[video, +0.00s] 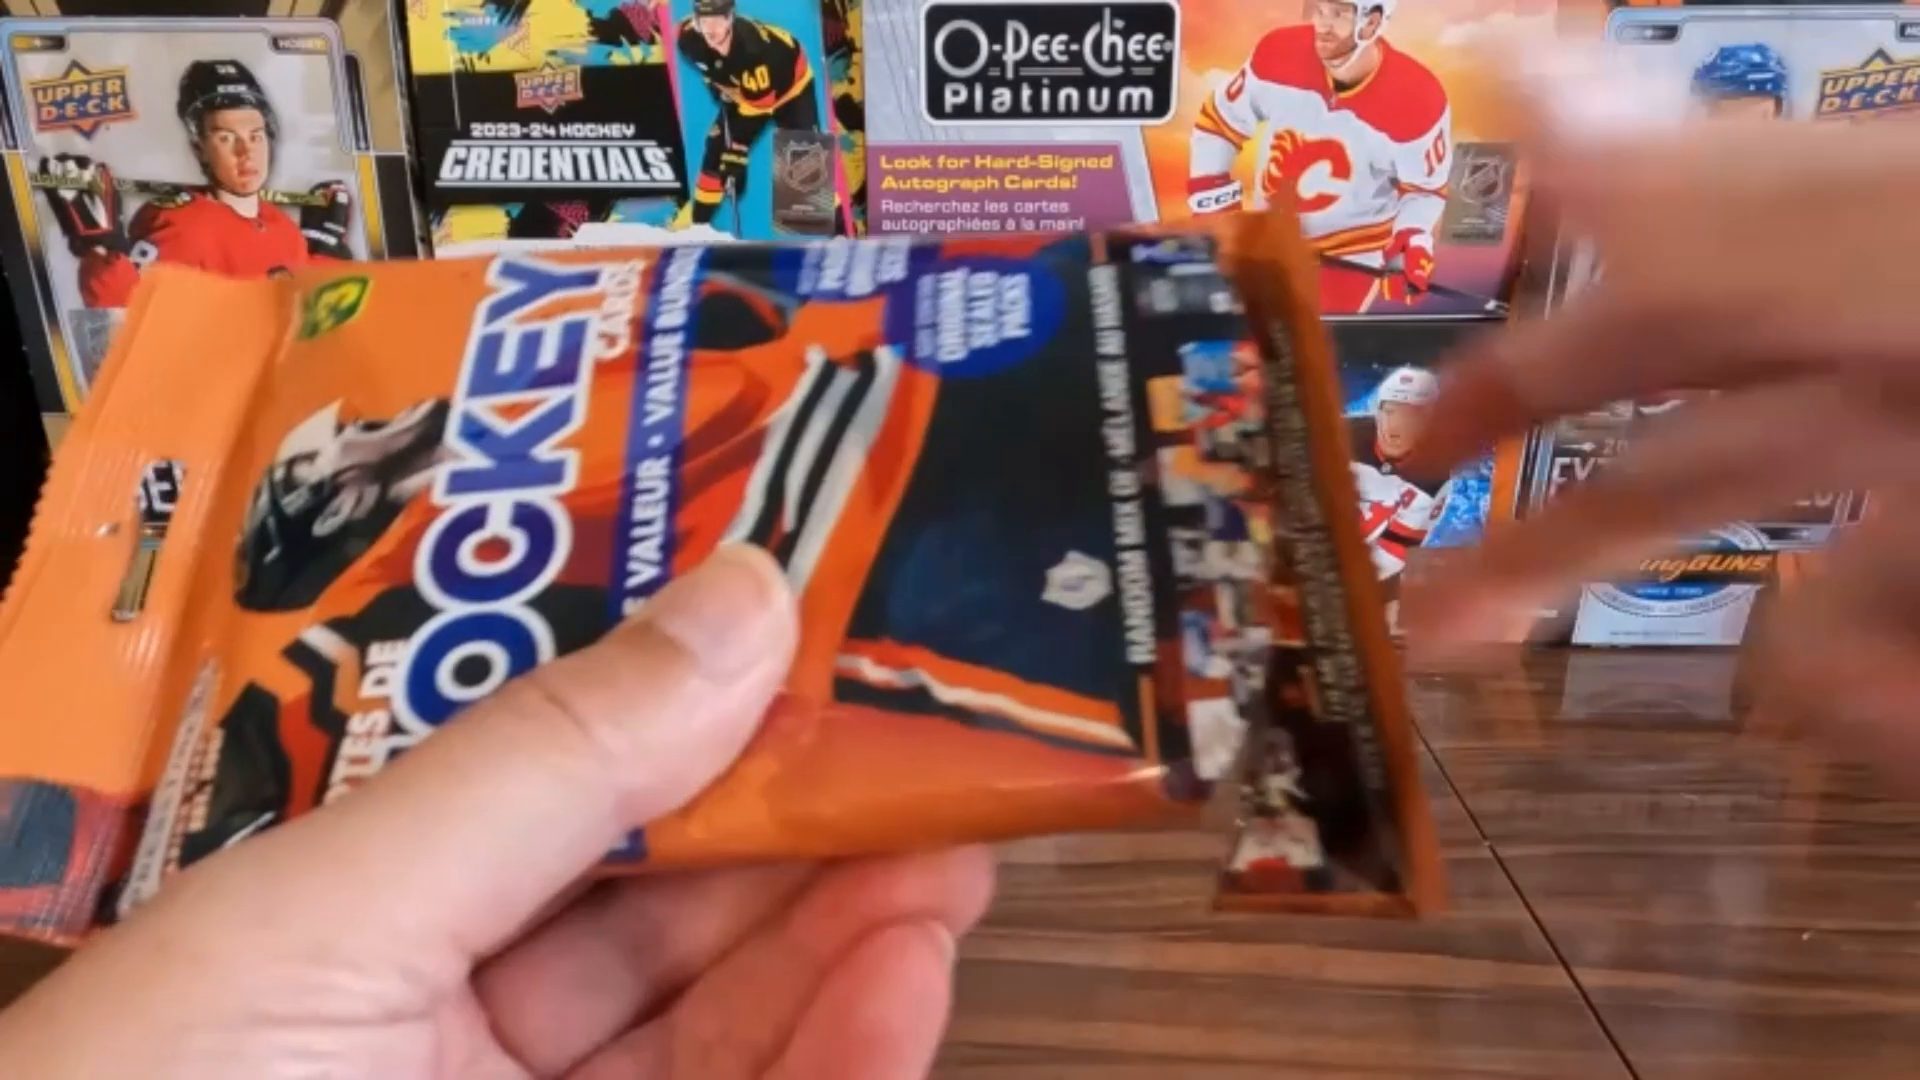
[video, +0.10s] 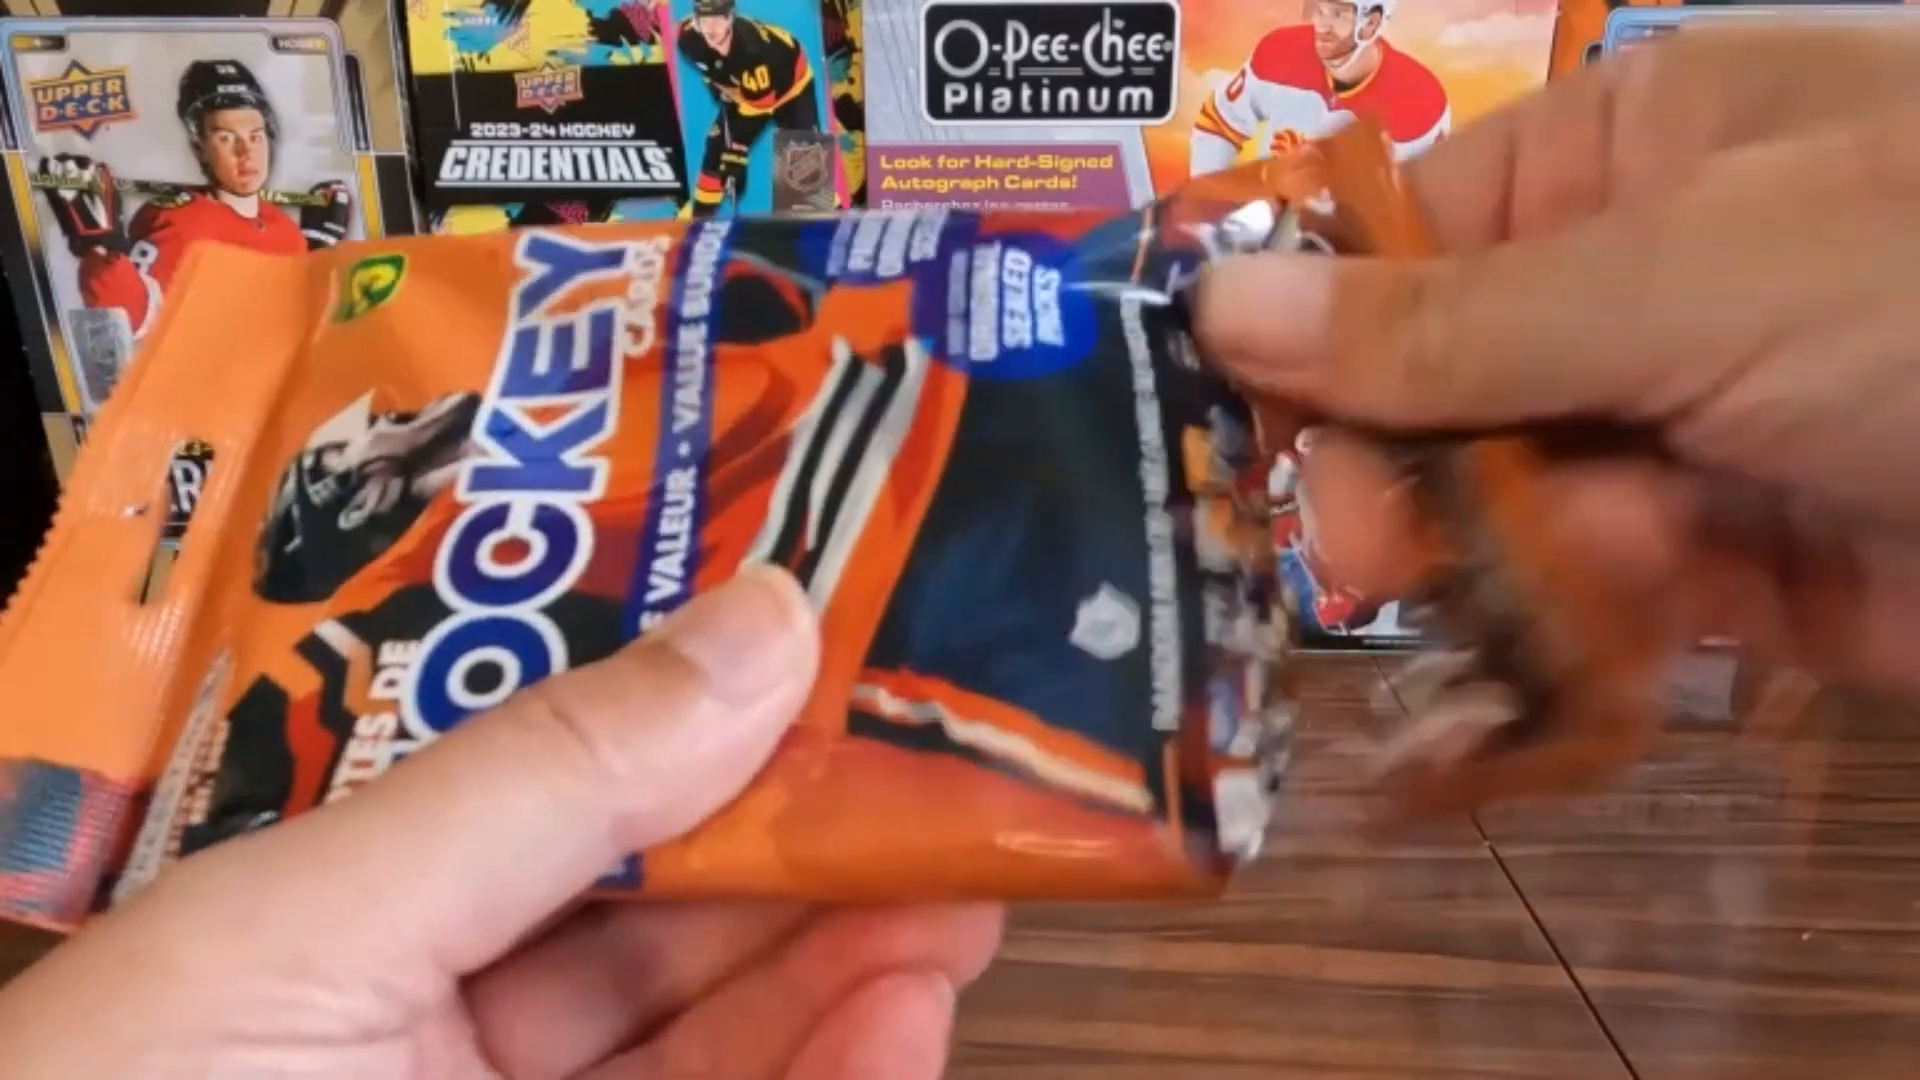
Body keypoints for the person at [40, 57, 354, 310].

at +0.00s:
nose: (247, 152)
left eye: (256, 135)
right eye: (227, 139)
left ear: (270, 140)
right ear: (200, 149)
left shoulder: (285, 229)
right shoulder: (179, 227)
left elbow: (315, 315)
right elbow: (117, 303)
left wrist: (328, 250)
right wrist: (101, 249)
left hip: (288, 384)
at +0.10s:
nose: (246, 150)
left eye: (256, 134)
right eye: (226, 137)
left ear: (270, 139)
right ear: (199, 149)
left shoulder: (285, 228)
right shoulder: (177, 222)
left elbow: (306, 324)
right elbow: (141, 322)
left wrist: (321, 251)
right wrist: (102, 252)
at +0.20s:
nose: (246, 151)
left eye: (256, 135)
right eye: (226, 138)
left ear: (270, 139)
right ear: (199, 148)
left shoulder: (284, 227)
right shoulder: (178, 224)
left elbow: (316, 320)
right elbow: (143, 325)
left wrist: (327, 250)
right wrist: (102, 251)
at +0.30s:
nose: (246, 150)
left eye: (255, 134)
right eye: (226, 137)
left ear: (270, 139)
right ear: (199, 148)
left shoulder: (281, 224)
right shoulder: (181, 226)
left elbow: (299, 312)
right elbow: (151, 324)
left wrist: (331, 253)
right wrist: (103, 255)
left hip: (298, 401)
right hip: (218, 408)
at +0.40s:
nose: (246, 150)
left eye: (256, 134)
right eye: (226, 137)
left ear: (270, 139)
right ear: (199, 148)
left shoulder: (280, 224)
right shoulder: (181, 226)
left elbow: (301, 310)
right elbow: (151, 322)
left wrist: (331, 251)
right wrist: (102, 252)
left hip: (290, 389)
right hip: (214, 398)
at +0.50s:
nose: (246, 154)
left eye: (256, 136)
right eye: (227, 139)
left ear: (270, 139)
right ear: (199, 148)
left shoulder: (282, 227)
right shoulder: (183, 228)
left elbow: (299, 310)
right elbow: (139, 321)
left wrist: (332, 253)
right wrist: (99, 248)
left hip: (296, 414)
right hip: (220, 427)